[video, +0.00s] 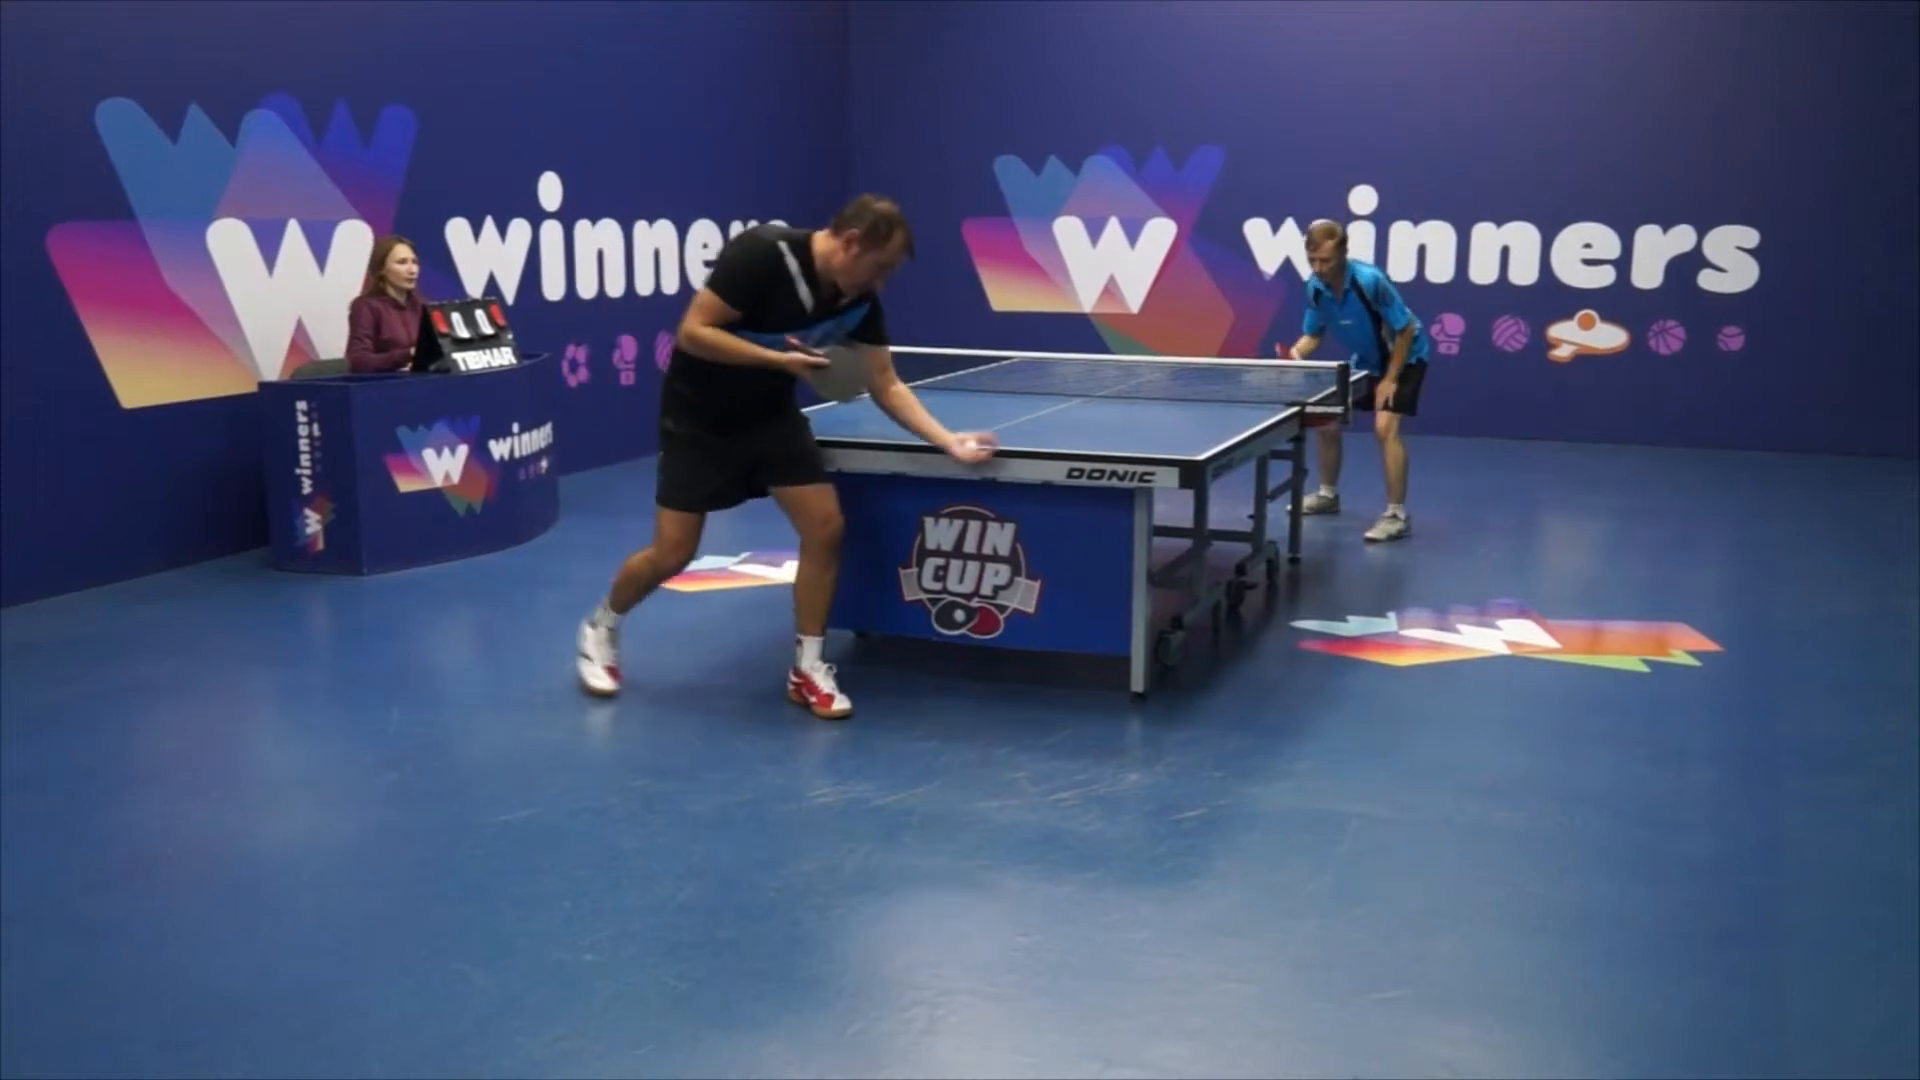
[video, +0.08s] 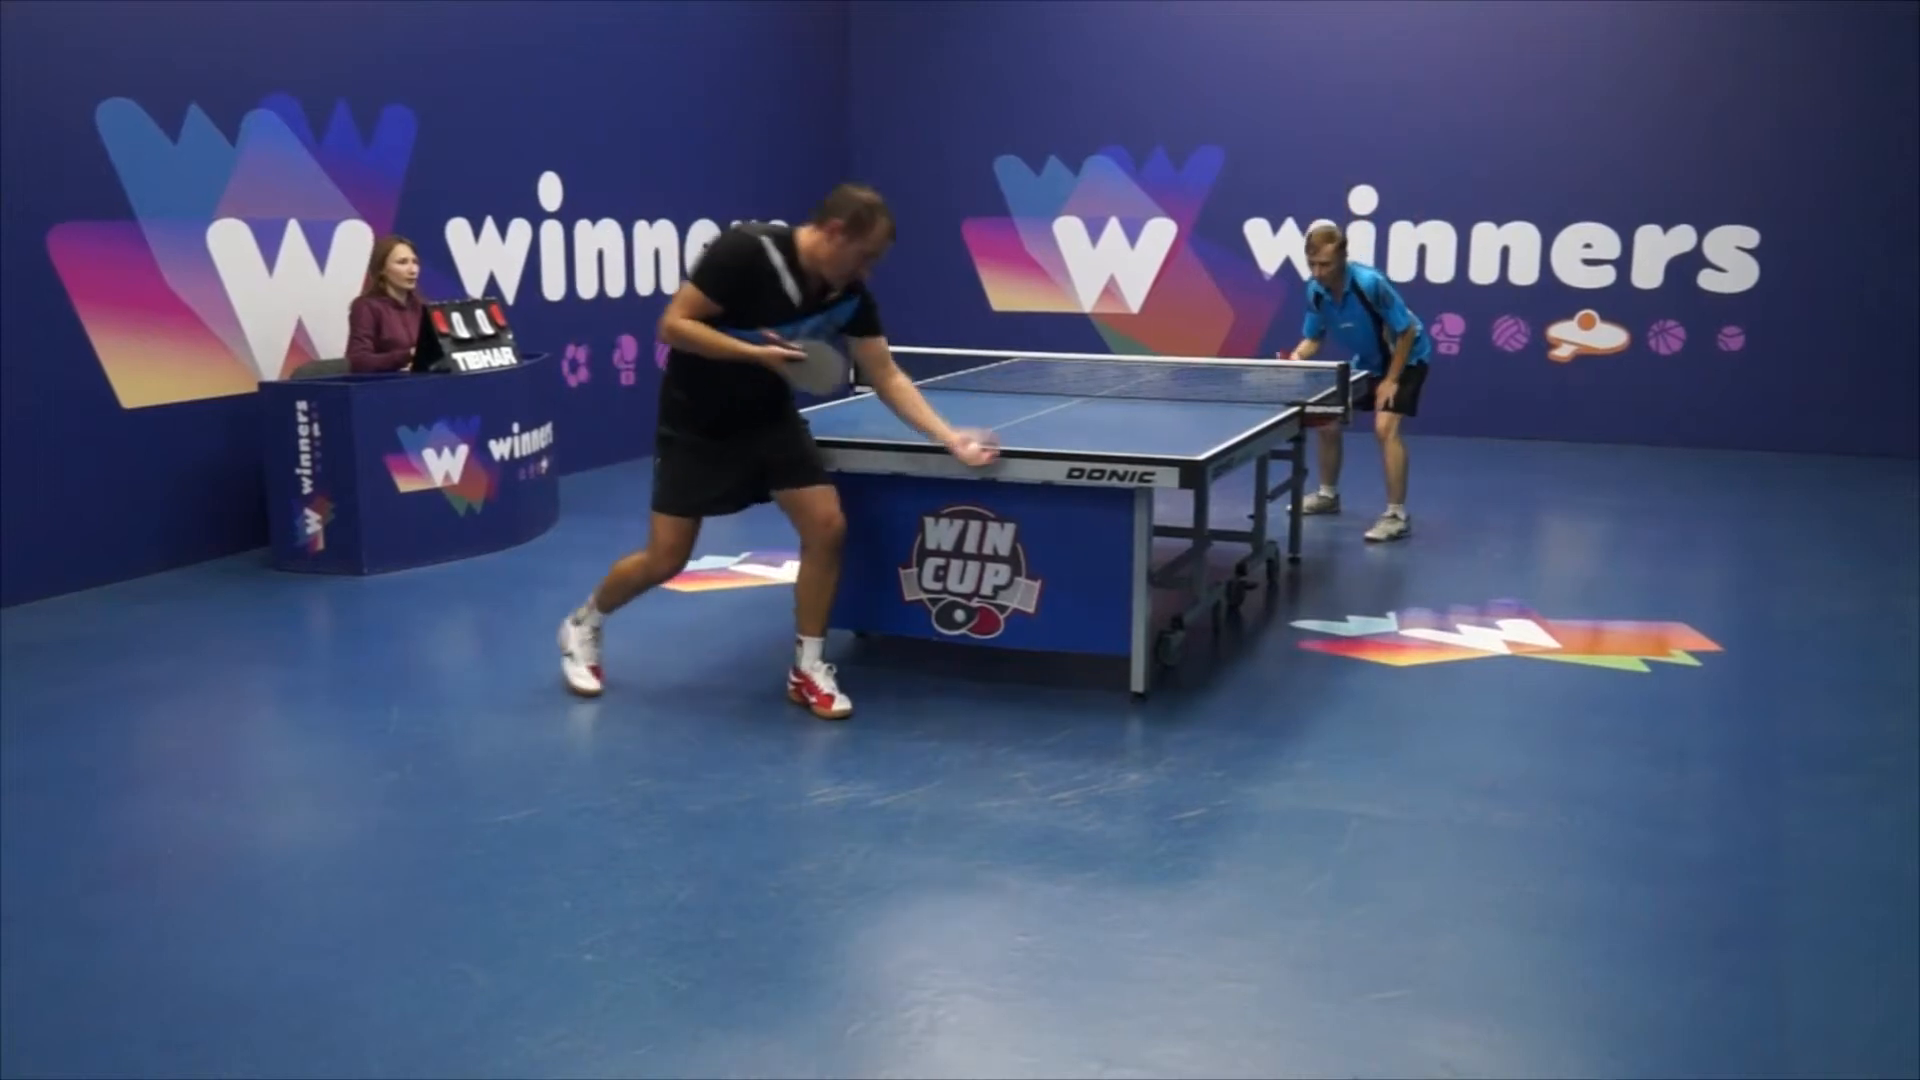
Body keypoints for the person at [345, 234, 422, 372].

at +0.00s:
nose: (412, 270)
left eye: (414, 262)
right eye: (402, 262)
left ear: (418, 265)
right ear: (381, 269)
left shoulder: (419, 307)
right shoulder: (365, 307)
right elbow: (359, 362)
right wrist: (409, 354)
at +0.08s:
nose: (413, 270)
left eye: (415, 262)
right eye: (402, 262)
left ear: (419, 265)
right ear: (381, 270)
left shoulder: (419, 307)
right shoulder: (366, 307)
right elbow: (359, 362)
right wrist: (408, 355)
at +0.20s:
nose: (413, 270)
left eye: (415, 262)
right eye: (403, 262)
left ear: (419, 265)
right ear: (381, 270)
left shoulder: (419, 308)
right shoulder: (366, 307)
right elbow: (359, 362)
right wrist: (409, 355)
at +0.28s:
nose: (413, 270)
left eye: (415, 262)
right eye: (403, 262)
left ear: (419, 265)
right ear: (382, 269)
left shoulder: (420, 308)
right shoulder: (366, 307)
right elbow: (359, 362)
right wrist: (409, 355)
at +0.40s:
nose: (414, 269)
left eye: (416, 262)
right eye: (404, 262)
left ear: (420, 265)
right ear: (382, 269)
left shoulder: (420, 308)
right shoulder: (366, 307)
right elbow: (359, 362)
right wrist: (409, 355)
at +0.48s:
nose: (414, 269)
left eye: (416, 262)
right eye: (404, 262)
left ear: (420, 264)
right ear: (383, 269)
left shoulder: (420, 307)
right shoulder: (366, 307)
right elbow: (359, 362)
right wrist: (409, 355)